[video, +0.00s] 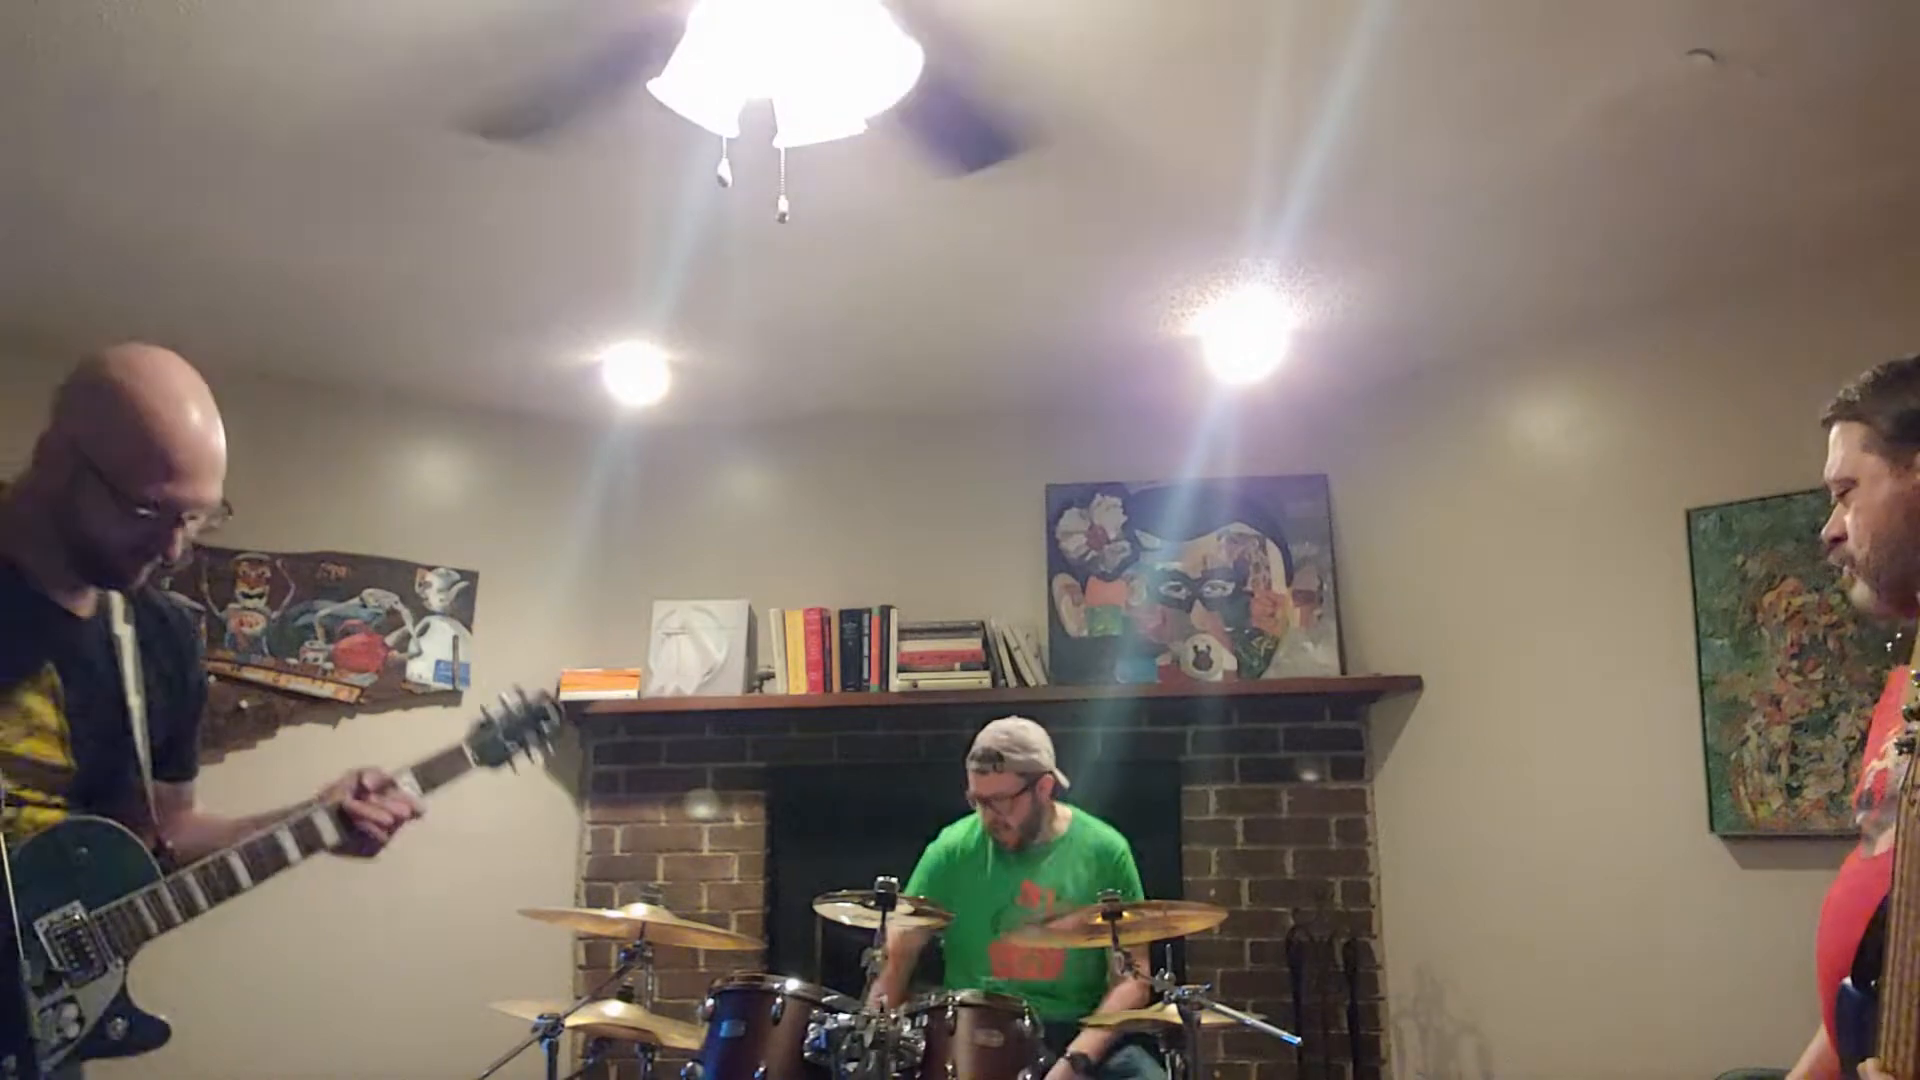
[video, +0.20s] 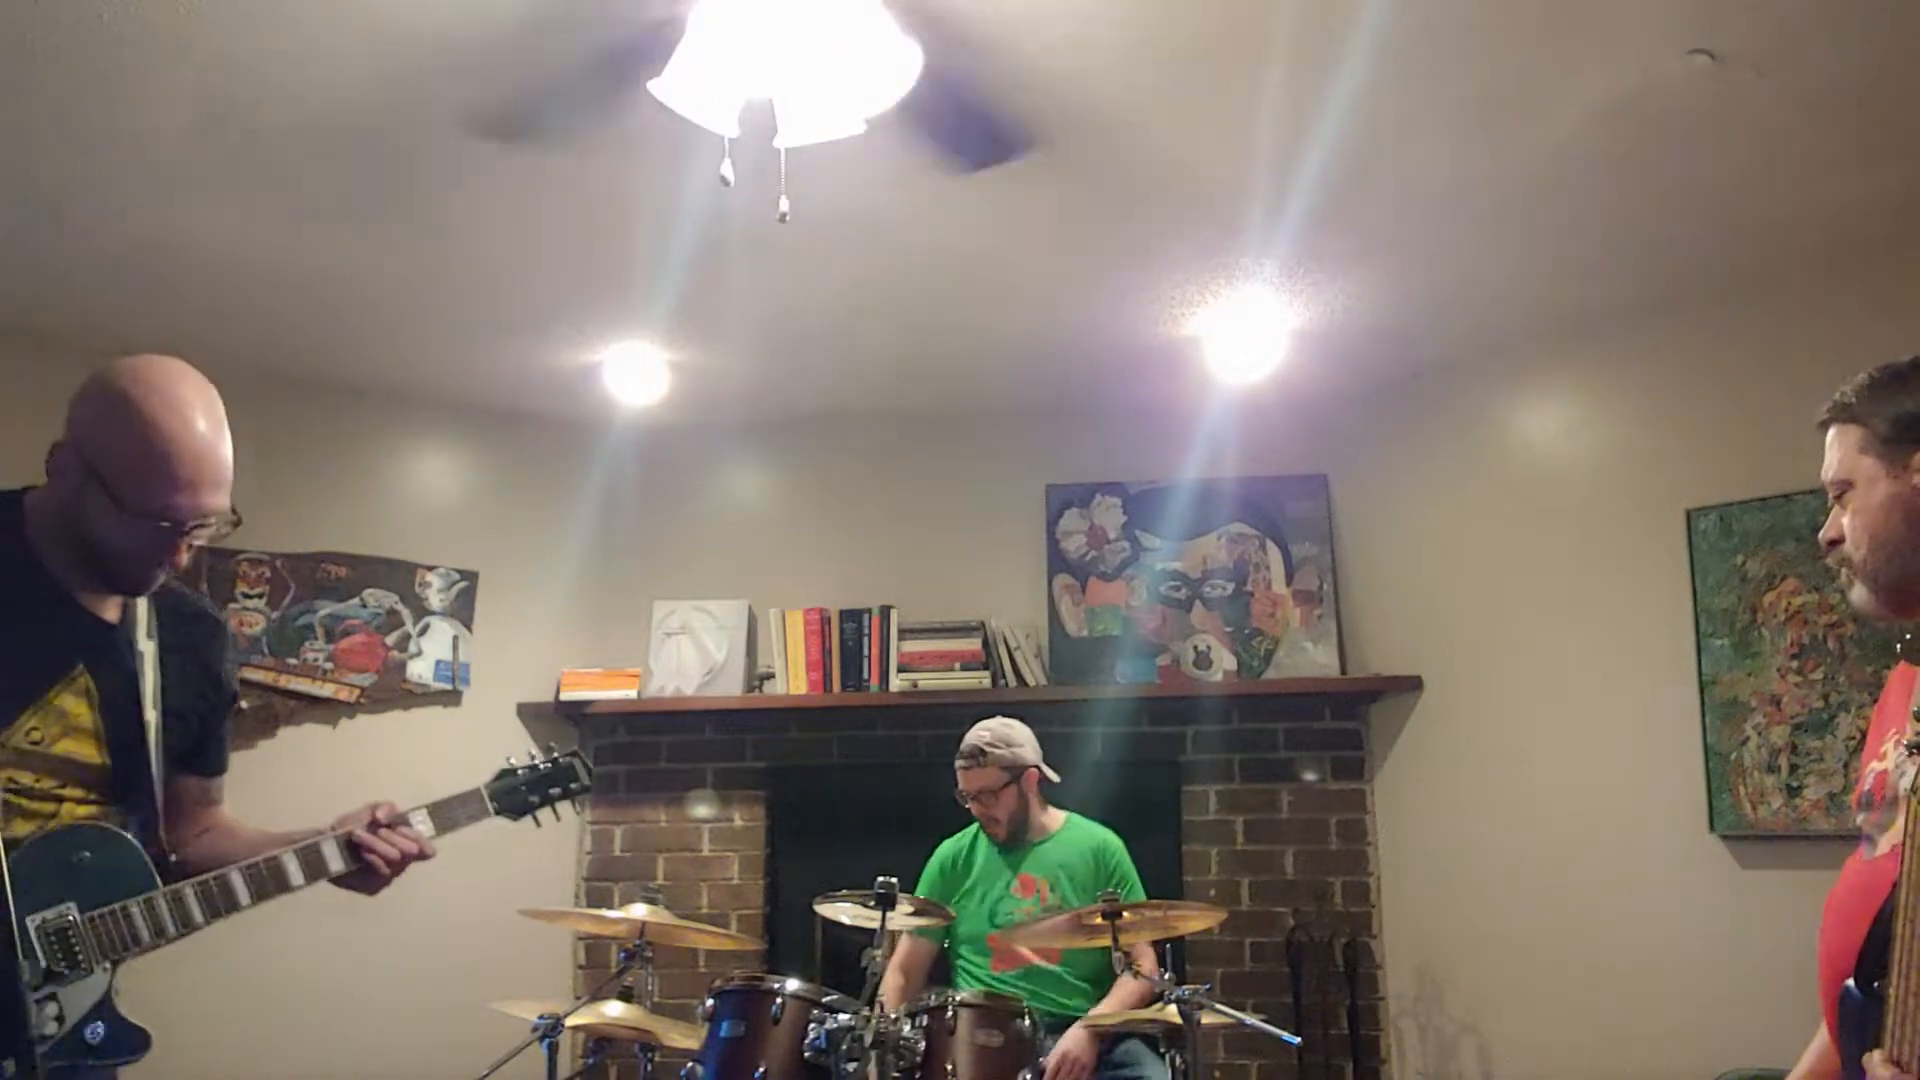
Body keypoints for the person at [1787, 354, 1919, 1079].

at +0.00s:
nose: (1830, 532)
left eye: (1847, 492)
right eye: (1832, 500)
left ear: (1914, 477)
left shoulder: (1906, 685)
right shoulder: (1901, 686)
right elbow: (1883, 916)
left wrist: (1829, 1061)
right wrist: (1815, 1062)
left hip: (1898, 1050)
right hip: (1861, 1045)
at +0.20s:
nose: (1827, 533)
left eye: (1843, 494)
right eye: (1829, 502)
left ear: (1915, 476)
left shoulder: (1907, 686)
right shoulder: (1901, 686)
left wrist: (1890, 1054)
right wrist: (1812, 1064)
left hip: (1901, 1055)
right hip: (1861, 1047)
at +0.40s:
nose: (1826, 535)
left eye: (1841, 496)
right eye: (1827, 505)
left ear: (1912, 476)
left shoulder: (1905, 685)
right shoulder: (1900, 687)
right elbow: (1881, 898)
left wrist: (1894, 1035)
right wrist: (1818, 1059)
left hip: (1897, 1052)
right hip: (1865, 1049)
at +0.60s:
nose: (1824, 537)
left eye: (1840, 497)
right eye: (1825, 506)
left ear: (1912, 478)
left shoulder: (1906, 685)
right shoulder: (1903, 688)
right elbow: (1889, 927)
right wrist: (1806, 1067)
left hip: (1899, 1053)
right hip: (1871, 1052)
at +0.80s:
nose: (1820, 537)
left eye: (1837, 497)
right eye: (1820, 506)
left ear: (1911, 481)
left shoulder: (1907, 679)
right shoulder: (1905, 682)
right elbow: (1891, 935)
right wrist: (1805, 1067)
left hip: (1897, 1051)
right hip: (1873, 1049)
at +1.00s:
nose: (1819, 538)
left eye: (1839, 497)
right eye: (1820, 508)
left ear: (1916, 479)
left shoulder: (1910, 685)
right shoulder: (1904, 688)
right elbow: (1894, 902)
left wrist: (1891, 1044)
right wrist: (1829, 1061)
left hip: (1903, 1049)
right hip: (1879, 1048)